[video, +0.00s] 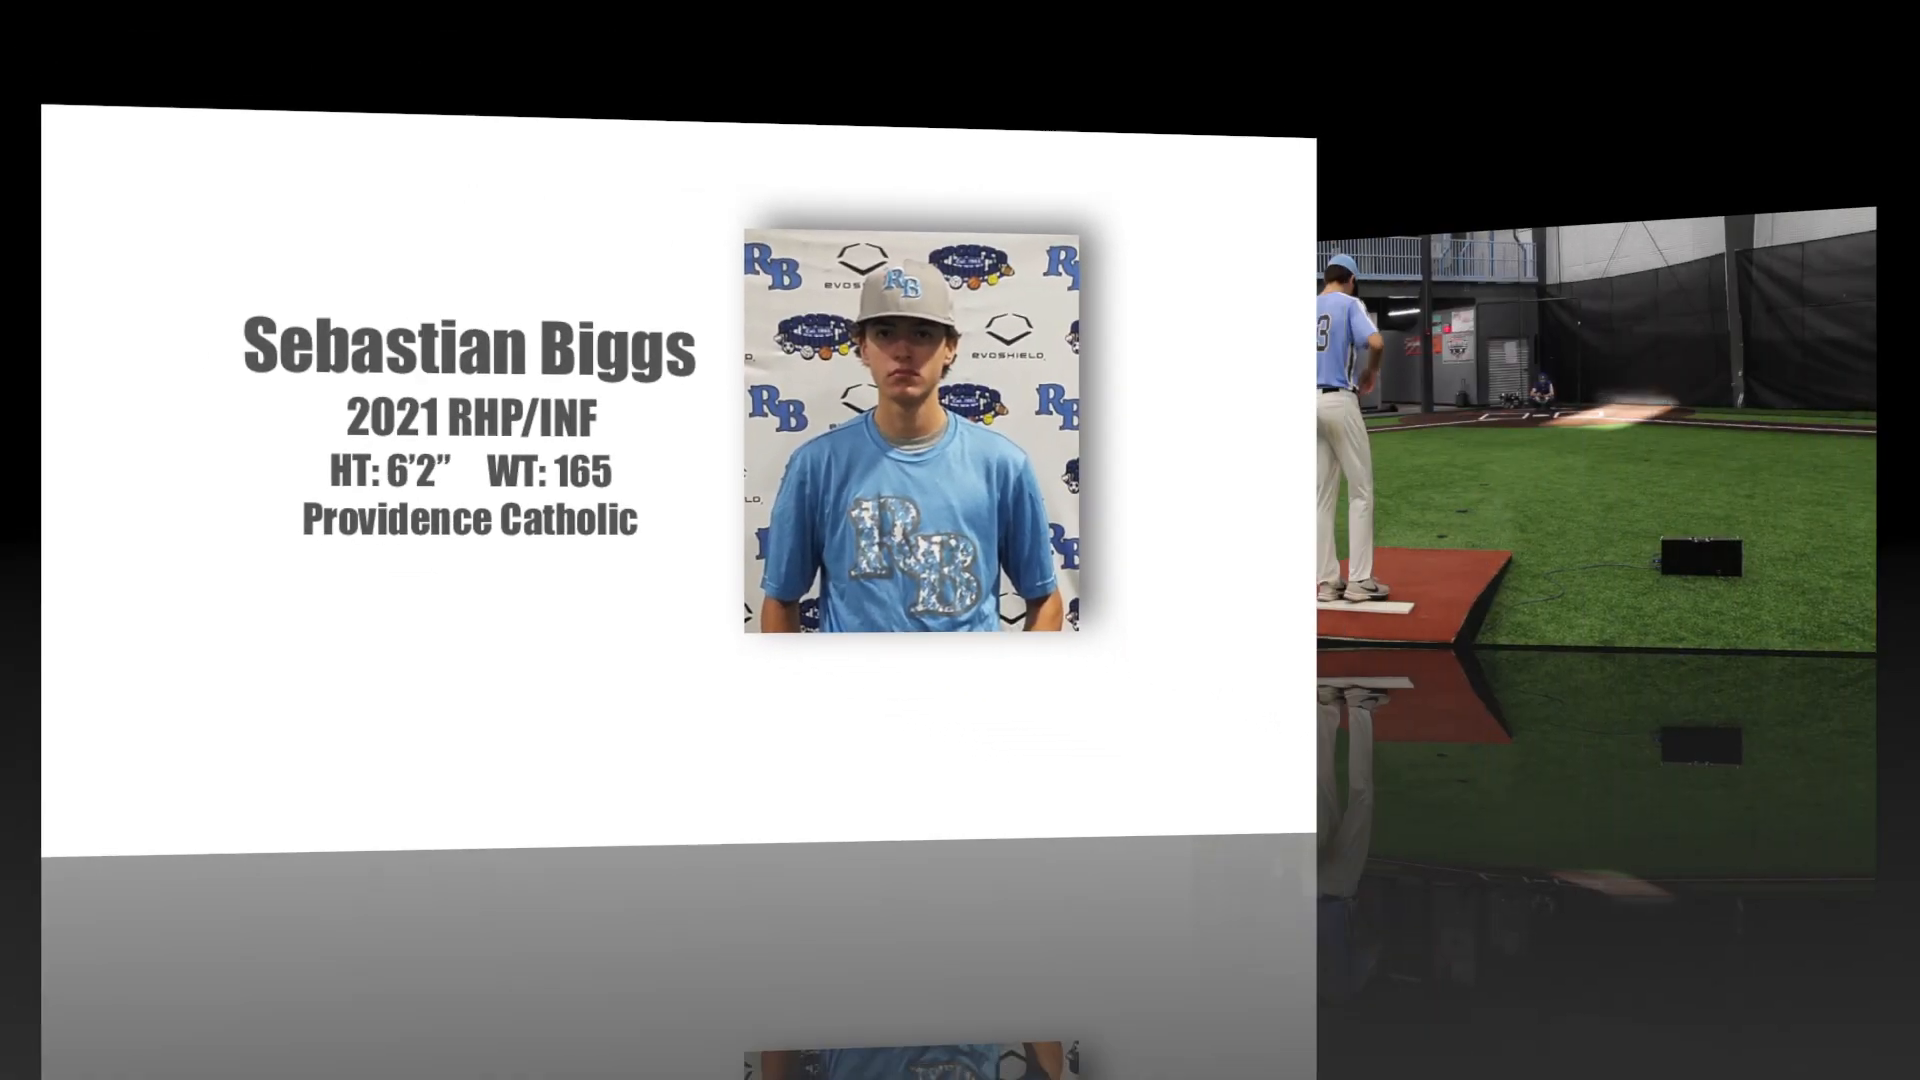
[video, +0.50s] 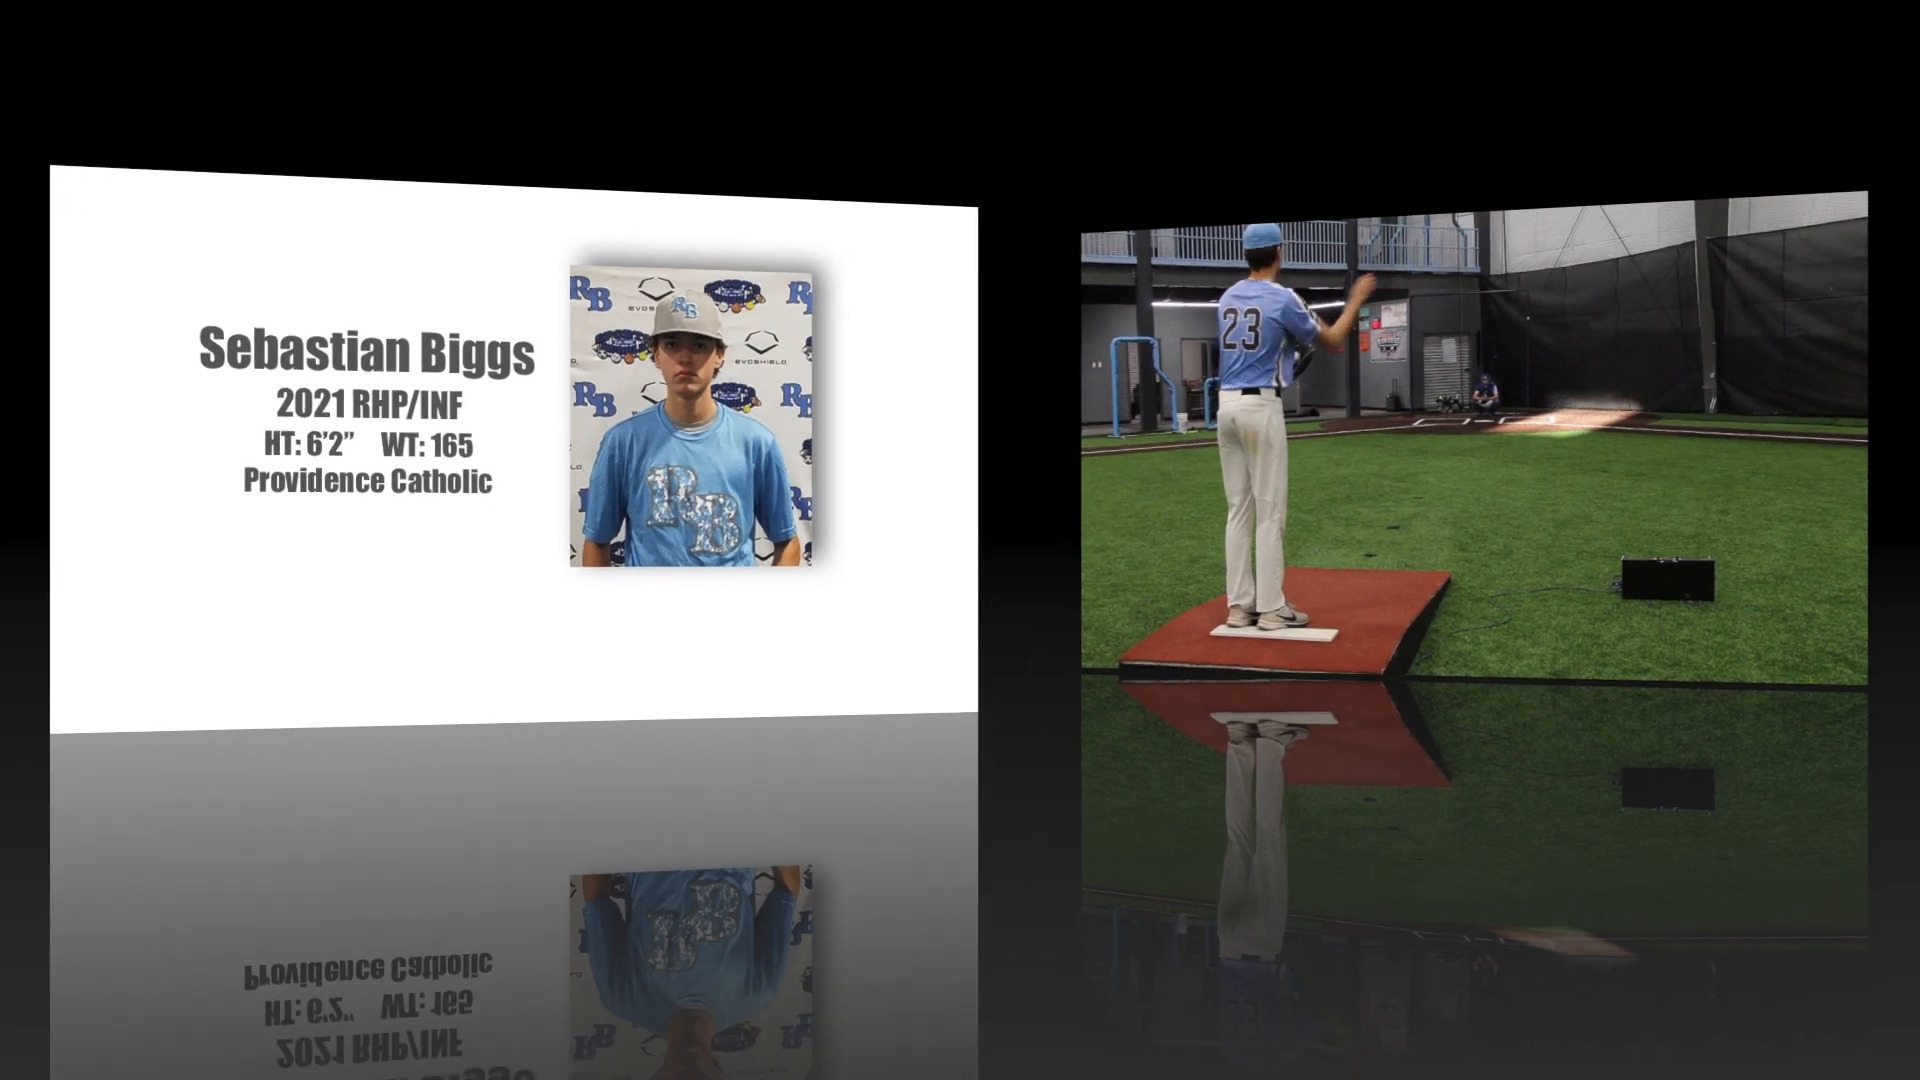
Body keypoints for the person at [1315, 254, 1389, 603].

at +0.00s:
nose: (1355, 289)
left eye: (1353, 285)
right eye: (1355, 285)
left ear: (1325, 280)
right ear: (1350, 281)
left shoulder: (1309, 304)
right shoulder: (1348, 303)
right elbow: (1375, 342)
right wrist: (1369, 376)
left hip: (1308, 400)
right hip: (1337, 400)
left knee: (1321, 495)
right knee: (1361, 492)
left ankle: (1326, 581)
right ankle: (1360, 580)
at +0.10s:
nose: (1347, 283)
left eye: (1345, 279)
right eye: (1348, 278)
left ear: (1316, 276)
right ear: (1341, 277)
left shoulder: (1293, 313)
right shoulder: (1342, 303)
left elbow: (1286, 375)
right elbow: (1386, 327)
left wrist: (1316, 364)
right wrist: (1381, 360)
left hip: (1301, 406)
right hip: (1333, 404)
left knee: (1315, 497)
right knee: (1350, 497)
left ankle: (1319, 584)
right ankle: (1351, 585)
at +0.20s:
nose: (1337, 278)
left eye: (1335, 274)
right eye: (1337, 273)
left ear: (1305, 272)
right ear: (1333, 271)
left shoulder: (1283, 310)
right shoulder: (1336, 300)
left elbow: (1277, 371)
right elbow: (1391, 302)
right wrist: (1396, 335)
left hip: (1288, 405)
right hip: (1320, 403)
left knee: (1301, 501)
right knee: (1333, 501)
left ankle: (1306, 589)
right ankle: (1338, 590)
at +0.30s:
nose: (1324, 269)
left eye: (1319, 263)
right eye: (1323, 264)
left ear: (1290, 266)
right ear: (1319, 265)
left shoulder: (1269, 305)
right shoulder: (1321, 298)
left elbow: (1264, 363)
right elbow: (1386, 290)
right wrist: (1415, 311)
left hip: (1270, 406)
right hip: (1302, 404)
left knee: (1284, 505)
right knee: (1315, 504)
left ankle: (1288, 592)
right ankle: (1318, 594)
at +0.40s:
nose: (1306, 263)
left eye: (1303, 257)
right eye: (1305, 258)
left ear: (1270, 262)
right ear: (1300, 260)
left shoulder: (1250, 301)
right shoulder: (1300, 298)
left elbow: (1267, 341)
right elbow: (1360, 312)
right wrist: (1405, 293)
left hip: (1250, 407)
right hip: (1282, 406)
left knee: (1263, 506)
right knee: (1294, 507)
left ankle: (1266, 600)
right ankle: (1296, 600)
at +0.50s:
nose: (1282, 255)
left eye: (1274, 250)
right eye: (1281, 250)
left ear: (1246, 256)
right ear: (1278, 254)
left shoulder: (1227, 297)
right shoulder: (1282, 300)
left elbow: (1258, 340)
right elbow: (1332, 339)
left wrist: (1301, 321)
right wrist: (1356, 298)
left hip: (1227, 407)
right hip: (1262, 408)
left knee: (1238, 510)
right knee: (1270, 511)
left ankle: (1240, 606)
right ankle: (1271, 608)